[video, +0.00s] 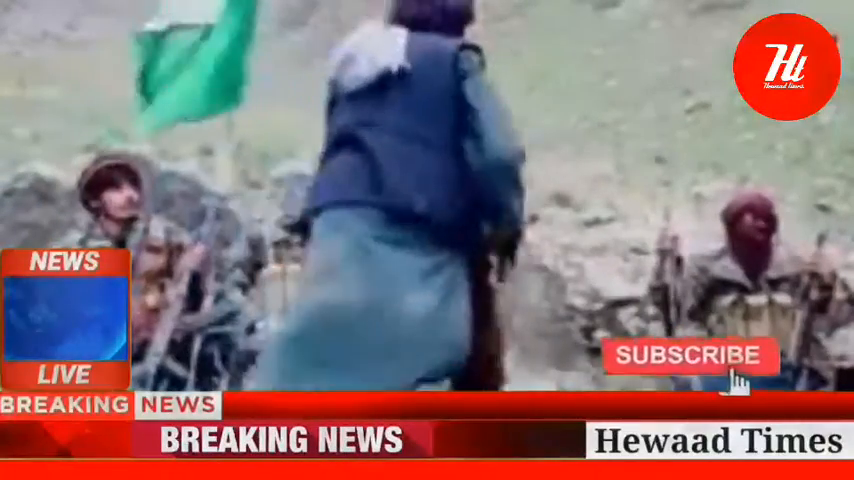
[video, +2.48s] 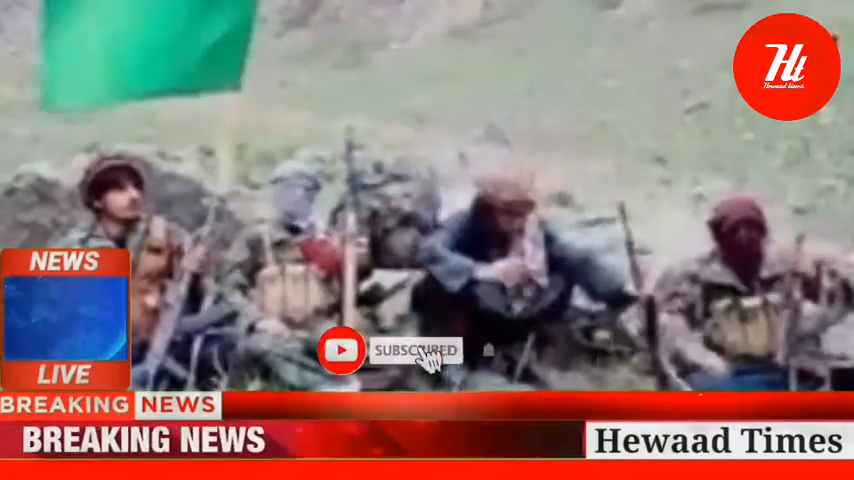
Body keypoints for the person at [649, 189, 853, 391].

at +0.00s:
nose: (763, 225)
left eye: (768, 219)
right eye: (754, 217)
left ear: (774, 226)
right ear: (732, 223)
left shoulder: (795, 270)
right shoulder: (703, 269)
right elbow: (679, 316)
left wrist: (828, 291)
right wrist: (668, 266)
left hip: (786, 375)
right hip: (722, 376)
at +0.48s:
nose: (763, 225)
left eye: (767, 218)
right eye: (753, 217)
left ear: (773, 226)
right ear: (731, 224)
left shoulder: (795, 269)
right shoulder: (703, 268)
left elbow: (837, 318)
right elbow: (674, 312)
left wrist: (826, 289)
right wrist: (665, 267)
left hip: (786, 376)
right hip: (719, 377)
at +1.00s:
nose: (756, 224)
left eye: (763, 217)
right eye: (747, 217)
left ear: (774, 226)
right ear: (731, 226)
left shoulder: (794, 267)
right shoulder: (705, 268)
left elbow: (833, 319)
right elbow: (674, 308)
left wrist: (829, 285)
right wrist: (664, 266)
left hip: (788, 376)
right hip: (723, 377)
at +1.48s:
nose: (753, 225)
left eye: (762, 217)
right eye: (743, 218)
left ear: (774, 227)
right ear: (732, 227)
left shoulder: (795, 269)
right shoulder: (706, 268)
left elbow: (829, 318)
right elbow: (677, 312)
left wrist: (829, 286)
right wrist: (666, 270)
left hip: (785, 376)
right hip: (723, 376)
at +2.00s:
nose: (758, 238)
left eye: (766, 228)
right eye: (748, 229)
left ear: (775, 231)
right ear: (733, 233)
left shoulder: (796, 272)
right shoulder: (706, 272)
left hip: (784, 374)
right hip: (723, 375)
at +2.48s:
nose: (746, 238)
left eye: (754, 228)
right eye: (736, 230)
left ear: (765, 234)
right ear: (719, 235)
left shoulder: (783, 275)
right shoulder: (687, 277)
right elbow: (676, 338)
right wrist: (722, 371)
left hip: (780, 370)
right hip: (723, 374)